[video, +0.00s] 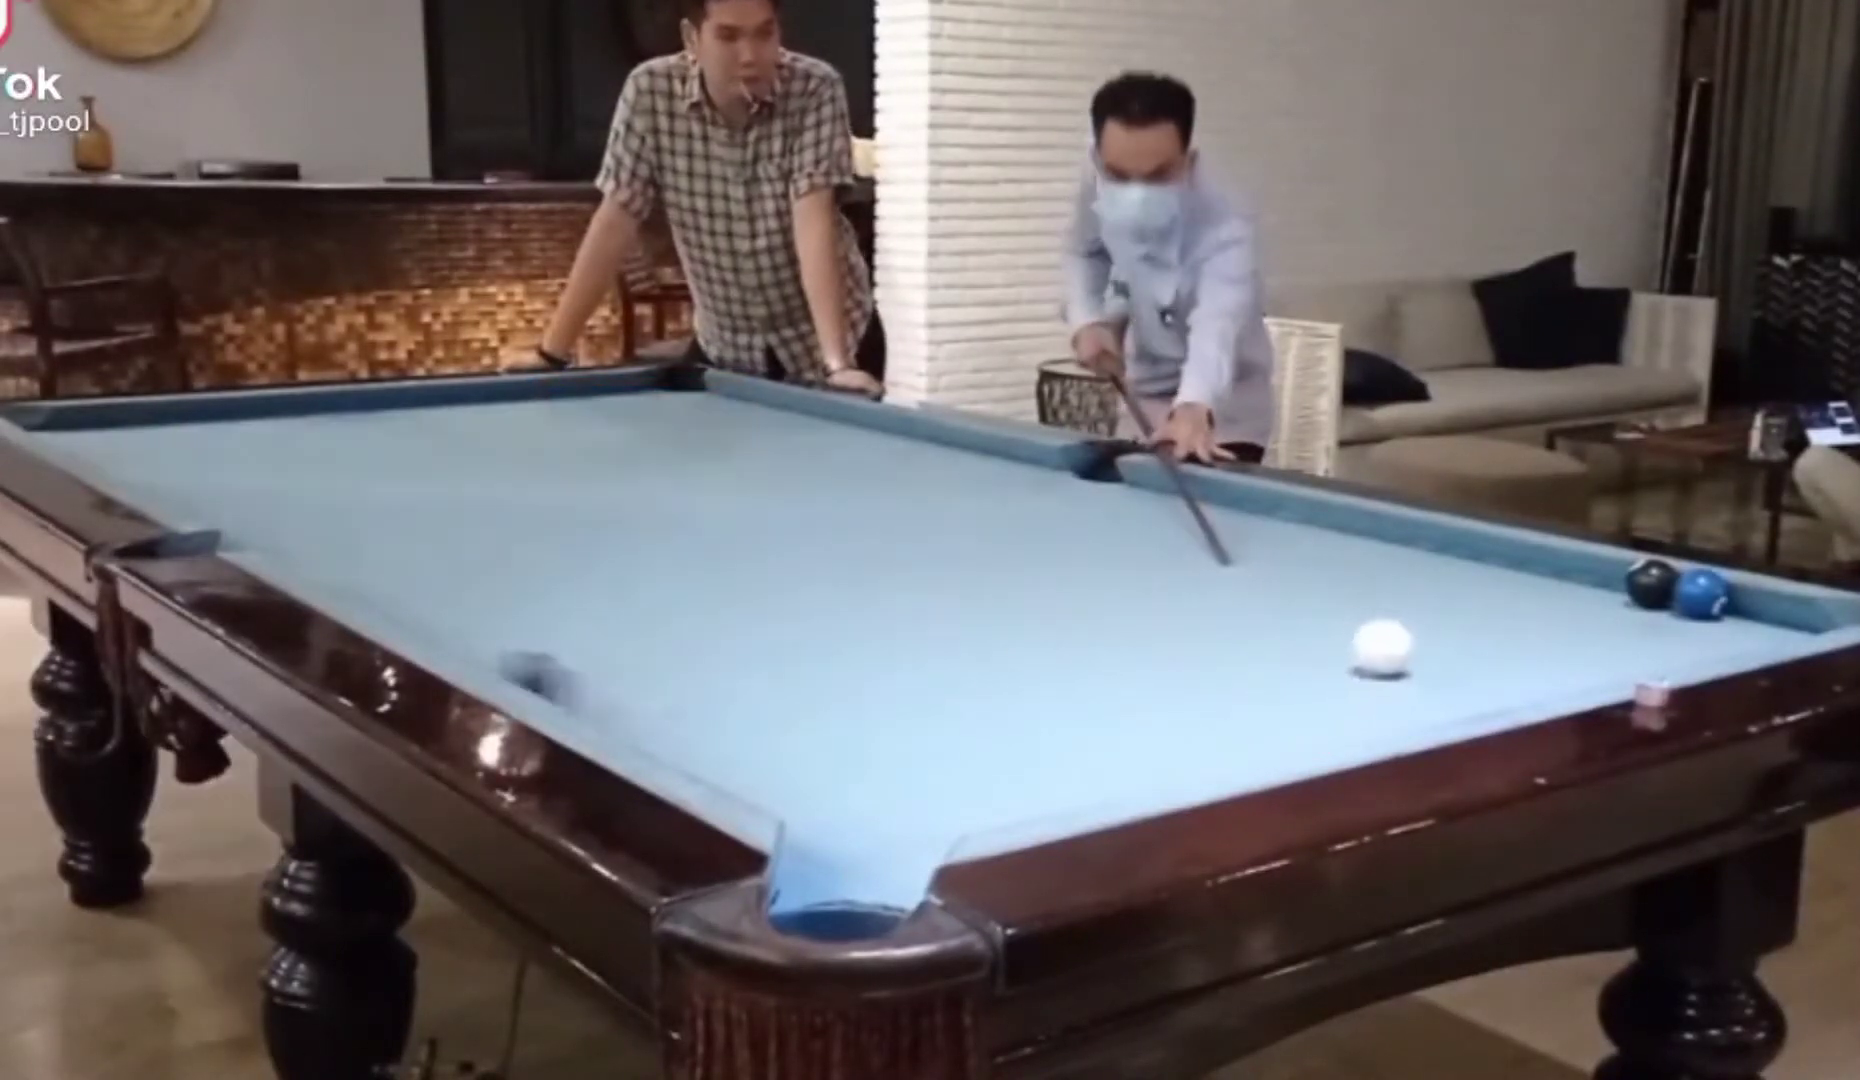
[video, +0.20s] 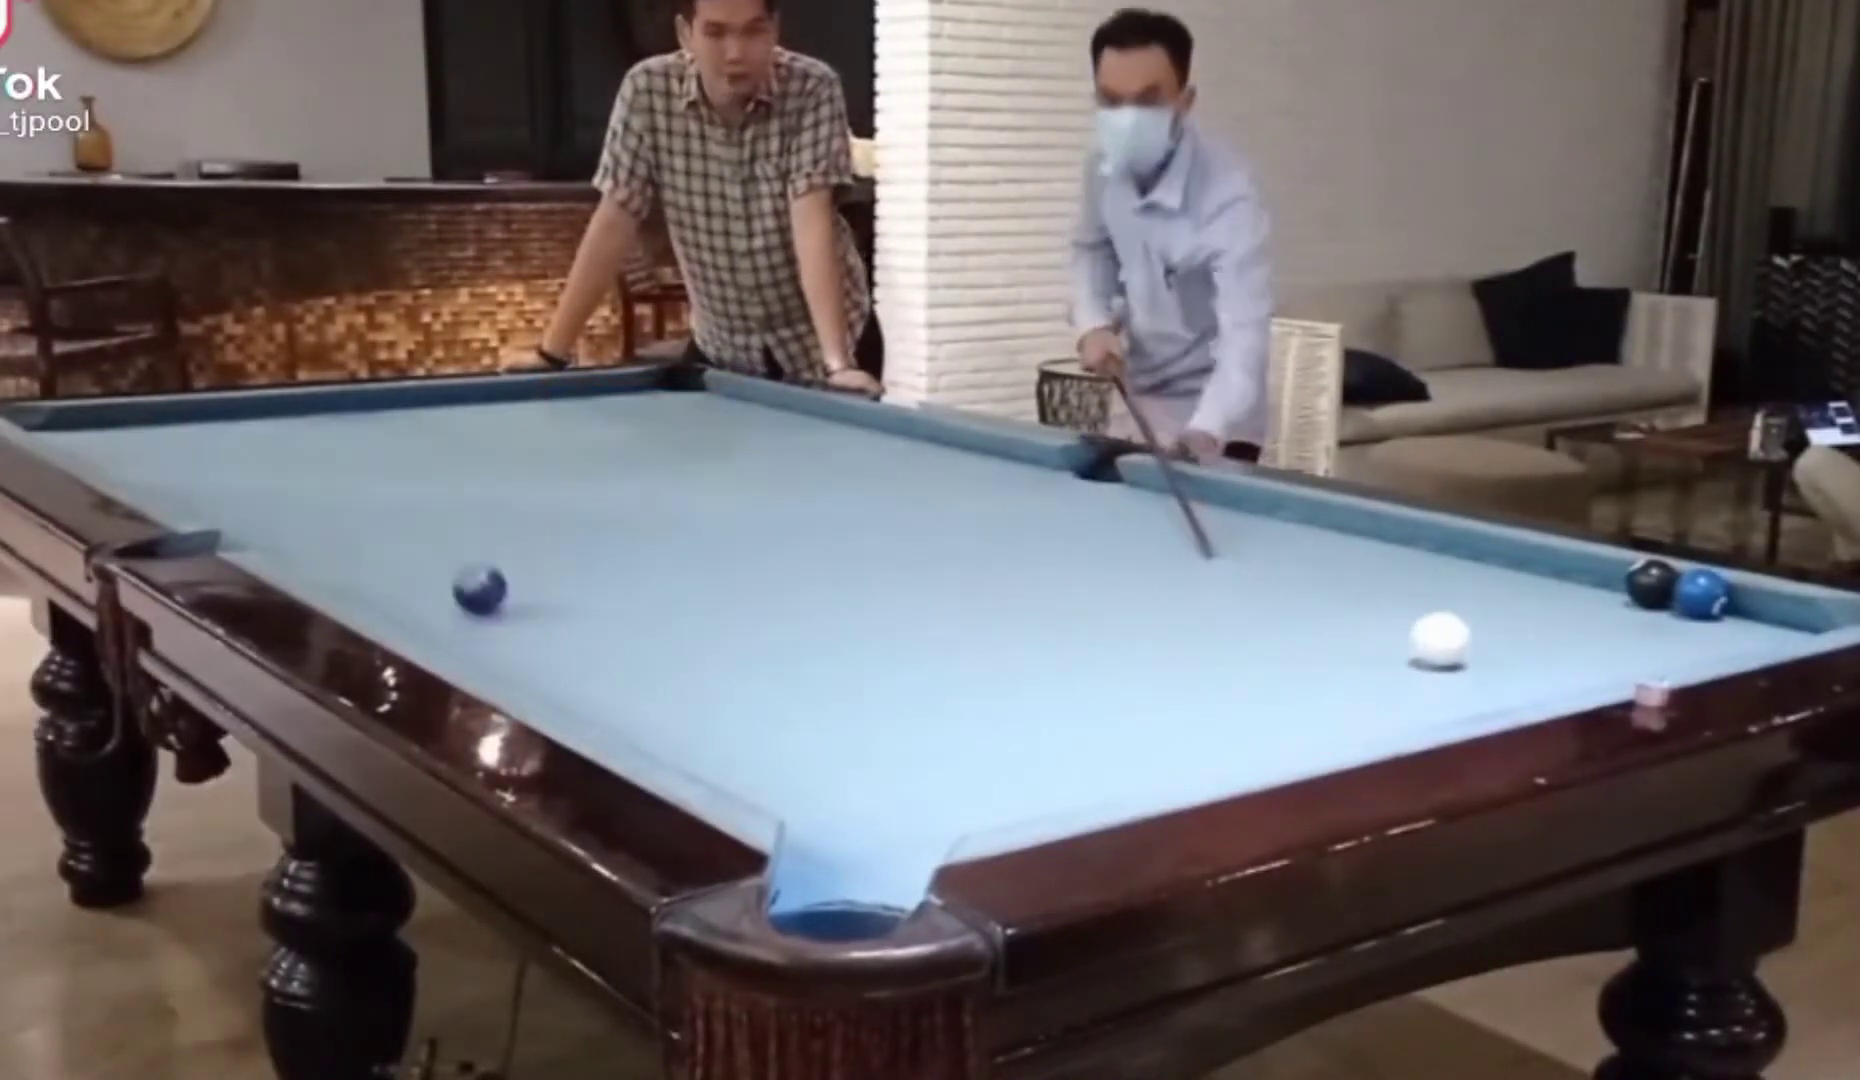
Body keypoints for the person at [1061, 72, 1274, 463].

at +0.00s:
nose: (1138, 195)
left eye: (1159, 177)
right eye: (1119, 177)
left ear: (1189, 161)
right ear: (1096, 160)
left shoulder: (1223, 226)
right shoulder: (1096, 198)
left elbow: (1218, 319)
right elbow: (1085, 254)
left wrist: (1194, 405)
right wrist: (1087, 323)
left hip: (1230, 387)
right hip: (1147, 382)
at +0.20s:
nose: (1127, 119)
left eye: (1148, 100)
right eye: (1111, 101)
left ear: (1185, 100)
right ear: (1095, 99)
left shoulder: (1226, 192)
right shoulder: (1103, 167)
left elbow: (1245, 328)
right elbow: (1092, 248)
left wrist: (1208, 429)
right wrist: (1092, 325)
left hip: (1218, 400)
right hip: (1136, 391)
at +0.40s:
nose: (1118, 83)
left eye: (1138, 62)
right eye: (1105, 65)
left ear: (1181, 66)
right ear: (1093, 68)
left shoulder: (1235, 167)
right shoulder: (1105, 154)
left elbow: (1256, 323)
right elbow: (1087, 250)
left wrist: (1266, 465)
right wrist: (1085, 328)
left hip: (1204, 421)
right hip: (1119, 412)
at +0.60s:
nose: (1122, 72)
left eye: (1142, 51)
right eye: (1109, 56)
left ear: (1184, 54)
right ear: (1098, 59)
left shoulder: (1246, 164)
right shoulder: (1104, 154)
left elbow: (1280, 307)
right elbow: (1083, 255)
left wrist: (1317, 409)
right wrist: (1076, 335)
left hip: (1200, 424)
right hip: (1108, 415)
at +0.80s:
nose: (1132, 68)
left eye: (1151, 47)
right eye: (1118, 51)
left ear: (1193, 51)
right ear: (1107, 56)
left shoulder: (1249, 161)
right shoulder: (1098, 155)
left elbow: (1286, 302)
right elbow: (1076, 257)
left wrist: (1323, 418)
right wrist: (1069, 338)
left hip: (1198, 422)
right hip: (1104, 414)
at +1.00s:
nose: (1154, 64)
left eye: (1172, 44)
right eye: (1136, 49)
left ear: (1202, 49)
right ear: (1119, 56)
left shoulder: (1252, 161)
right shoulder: (1098, 153)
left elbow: (1274, 301)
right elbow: (1072, 258)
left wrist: (1284, 426)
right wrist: (1064, 338)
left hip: (1199, 422)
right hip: (1102, 417)